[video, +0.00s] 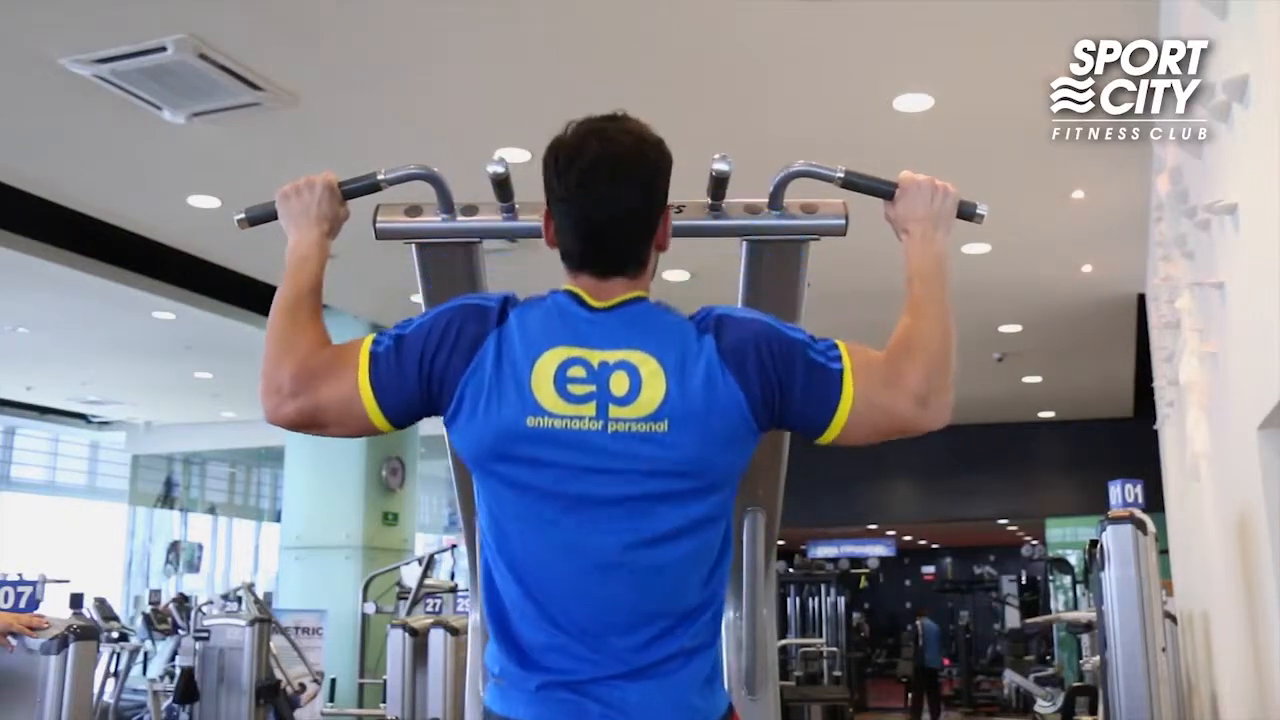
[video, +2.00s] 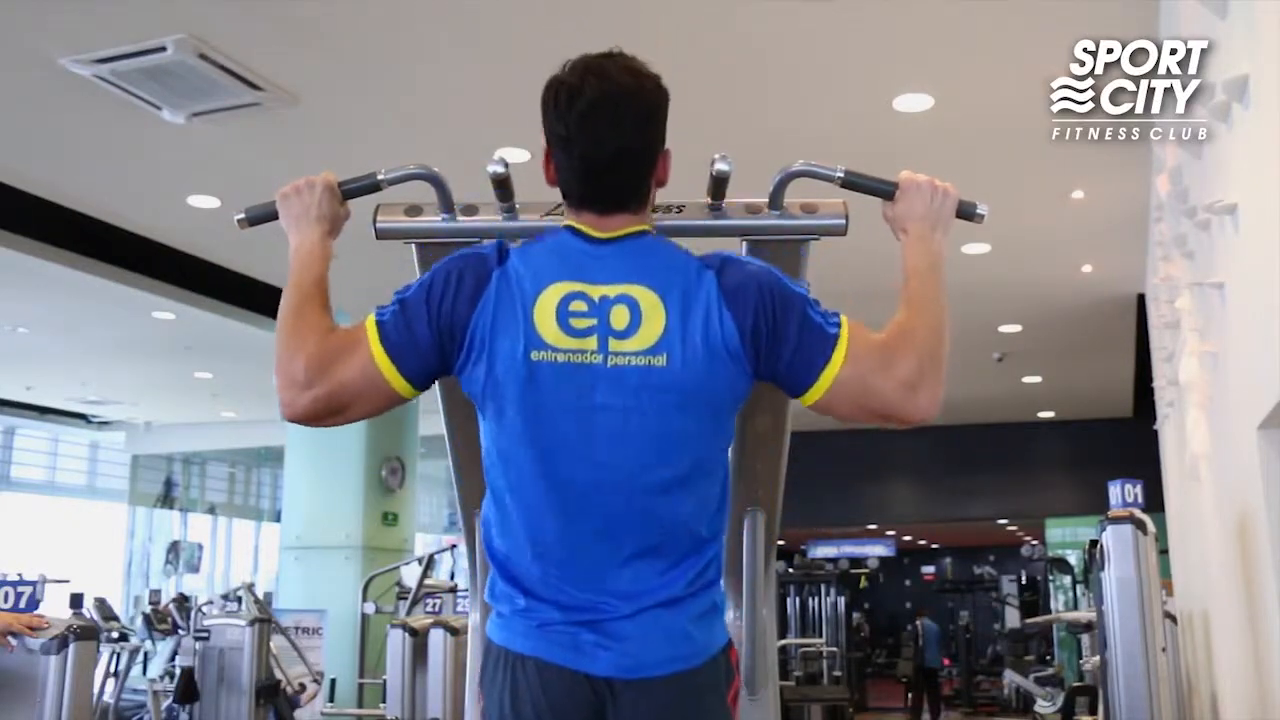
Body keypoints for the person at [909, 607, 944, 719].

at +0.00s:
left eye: (917, 616)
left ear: (917, 615)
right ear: (927, 615)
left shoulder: (917, 625)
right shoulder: (935, 626)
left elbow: (917, 644)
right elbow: (938, 645)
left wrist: (914, 659)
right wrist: (937, 660)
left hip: (921, 664)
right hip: (934, 664)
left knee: (918, 692)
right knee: (933, 692)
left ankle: (916, 715)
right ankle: (935, 715)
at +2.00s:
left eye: (917, 616)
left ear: (917, 615)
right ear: (927, 615)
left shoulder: (917, 625)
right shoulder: (935, 626)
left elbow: (917, 644)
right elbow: (938, 645)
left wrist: (914, 658)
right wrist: (938, 660)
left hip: (920, 663)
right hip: (934, 664)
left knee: (917, 692)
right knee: (933, 692)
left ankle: (916, 714)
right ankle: (935, 715)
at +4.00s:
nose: (916, 618)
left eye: (916, 616)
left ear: (917, 615)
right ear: (928, 614)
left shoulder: (917, 625)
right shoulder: (935, 627)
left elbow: (917, 644)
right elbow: (938, 645)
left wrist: (914, 659)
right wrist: (939, 659)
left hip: (921, 663)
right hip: (934, 664)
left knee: (918, 692)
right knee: (933, 691)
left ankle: (916, 715)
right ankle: (935, 715)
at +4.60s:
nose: (916, 618)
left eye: (916, 616)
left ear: (917, 615)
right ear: (928, 614)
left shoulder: (917, 626)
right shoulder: (935, 627)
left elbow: (917, 644)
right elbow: (938, 645)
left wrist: (914, 659)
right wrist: (939, 659)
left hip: (921, 664)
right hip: (934, 664)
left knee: (918, 692)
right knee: (933, 692)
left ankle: (916, 715)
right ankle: (935, 715)